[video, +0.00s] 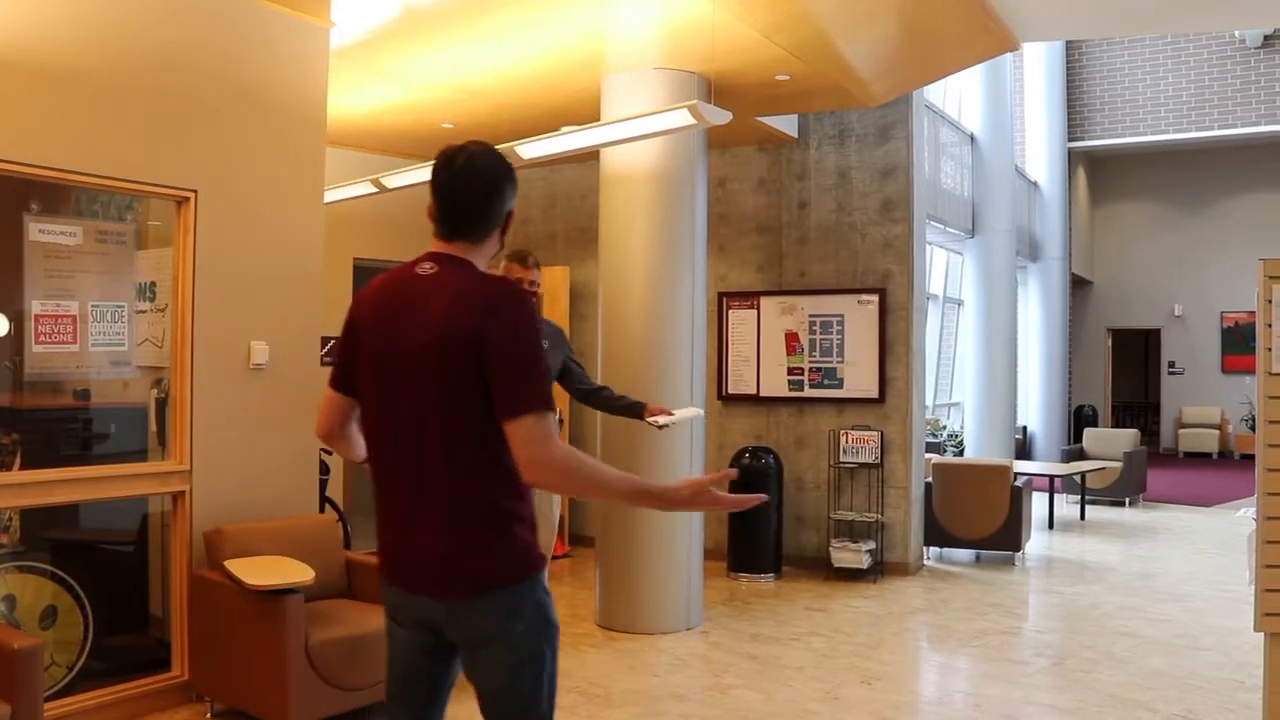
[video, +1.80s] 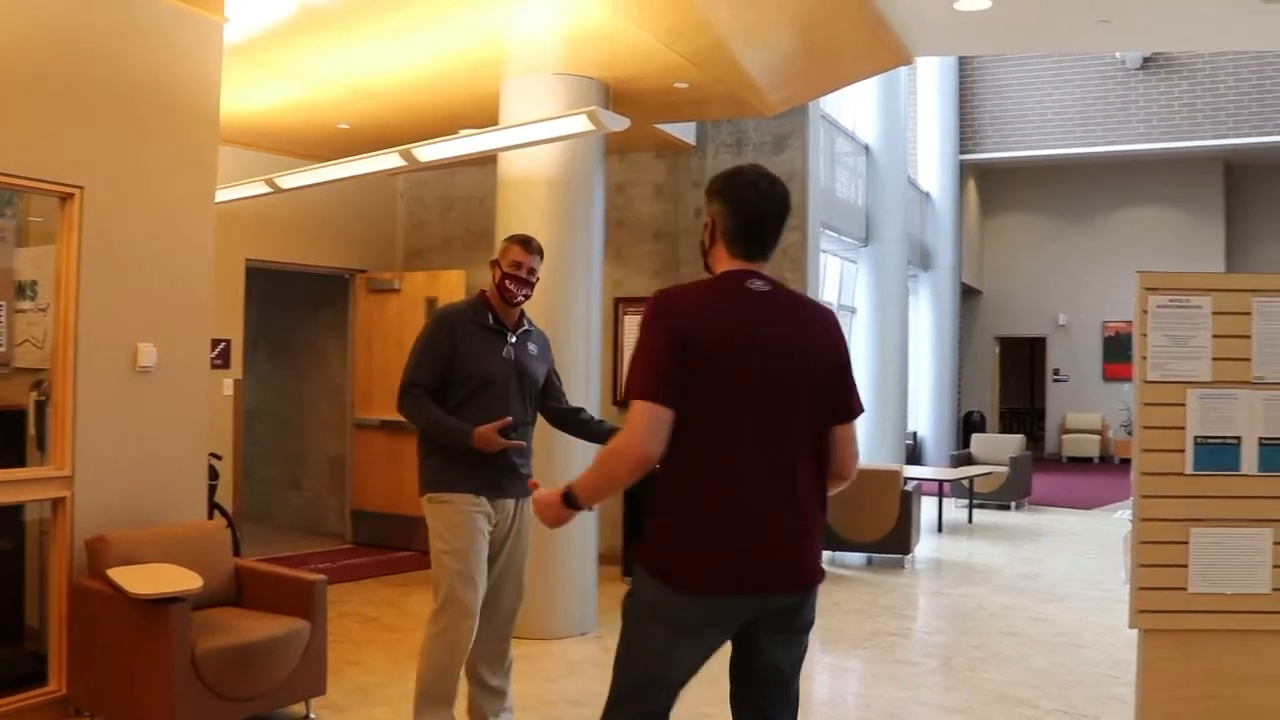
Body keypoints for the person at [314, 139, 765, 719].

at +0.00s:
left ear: (429, 208)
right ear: (504, 223)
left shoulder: (373, 300)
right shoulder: (503, 304)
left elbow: (331, 425)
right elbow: (540, 458)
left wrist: (383, 450)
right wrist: (667, 495)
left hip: (406, 567)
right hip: (493, 572)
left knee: (406, 711)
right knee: (522, 710)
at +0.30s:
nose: (563, 223)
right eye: (565, 213)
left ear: (482, 207)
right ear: (559, 219)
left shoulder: (424, 296)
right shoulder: (557, 300)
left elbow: (374, 429)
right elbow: (600, 462)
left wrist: (416, 460)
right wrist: (726, 499)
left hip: (456, 569)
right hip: (541, 576)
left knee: (475, 712)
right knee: (545, 711)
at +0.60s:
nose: (627, 233)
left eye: (630, 216)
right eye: (626, 215)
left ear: (543, 214)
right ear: (596, 216)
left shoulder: (476, 299)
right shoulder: (603, 304)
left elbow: (424, 430)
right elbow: (644, 468)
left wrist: (459, 461)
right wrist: (771, 502)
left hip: (505, 563)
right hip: (577, 574)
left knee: (564, 708)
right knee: (573, 712)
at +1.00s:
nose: (666, 227)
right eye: (667, 216)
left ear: (589, 221)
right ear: (662, 225)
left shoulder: (538, 308)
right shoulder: (668, 304)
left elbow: (492, 440)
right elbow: (705, 459)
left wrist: (519, 482)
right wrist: (799, 491)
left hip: (565, 562)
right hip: (645, 568)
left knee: (604, 711)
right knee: (646, 710)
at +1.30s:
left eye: (620, 206)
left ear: (620, 215)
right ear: (692, 223)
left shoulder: (563, 305)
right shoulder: (720, 308)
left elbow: (513, 442)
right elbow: (758, 459)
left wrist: (517, 482)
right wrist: (804, 483)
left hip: (593, 562)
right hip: (694, 564)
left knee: (604, 712)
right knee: (725, 707)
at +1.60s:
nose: (669, 220)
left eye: (672, 212)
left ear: (676, 220)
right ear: (741, 228)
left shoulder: (625, 306)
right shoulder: (779, 318)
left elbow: (576, 441)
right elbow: (812, 471)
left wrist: (530, 490)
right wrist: (778, 475)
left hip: (643, 560)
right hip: (746, 564)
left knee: (615, 713)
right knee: (761, 714)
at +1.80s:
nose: (702, 229)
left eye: (705, 219)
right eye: (705, 219)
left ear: (711, 227)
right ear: (776, 234)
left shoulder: (675, 308)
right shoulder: (818, 322)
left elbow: (643, 445)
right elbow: (842, 467)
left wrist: (569, 498)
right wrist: (782, 487)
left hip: (690, 568)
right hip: (788, 571)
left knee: (632, 712)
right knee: (769, 713)